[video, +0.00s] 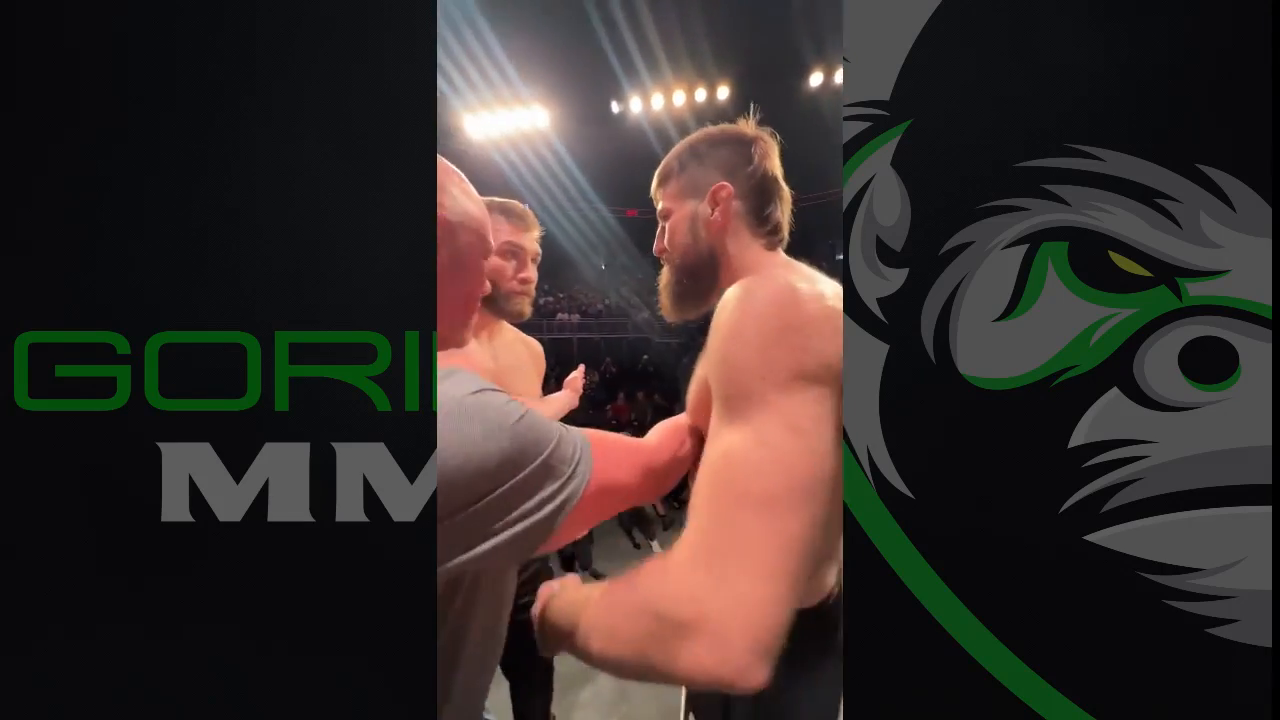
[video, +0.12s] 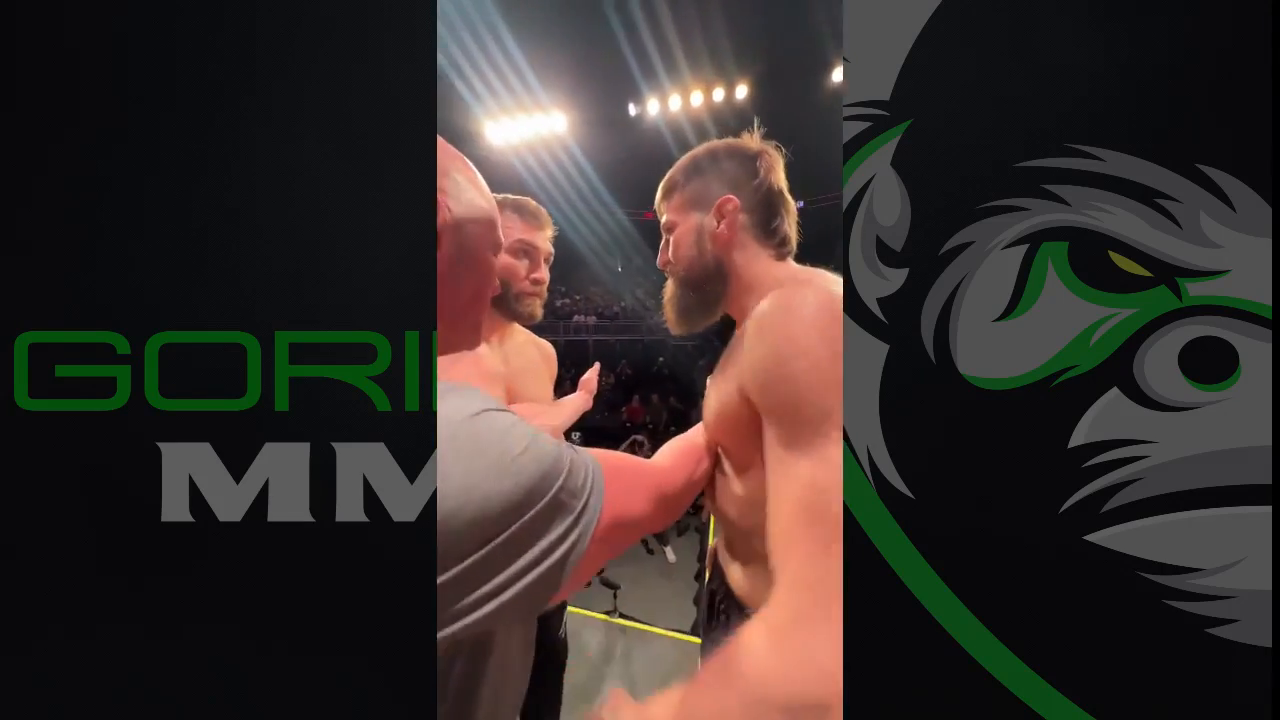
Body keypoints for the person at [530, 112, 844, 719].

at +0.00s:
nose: (656, 245)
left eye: (666, 217)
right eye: (657, 222)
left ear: (720, 205)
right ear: (721, 208)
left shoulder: (776, 303)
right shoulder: (807, 299)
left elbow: (723, 632)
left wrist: (567, 607)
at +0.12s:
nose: (661, 259)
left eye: (669, 233)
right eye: (661, 238)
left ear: (725, 219)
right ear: (726, 222)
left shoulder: (801, 318)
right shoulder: (766, 322)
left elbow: (816, 642)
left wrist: (660, 709)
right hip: (740, 615)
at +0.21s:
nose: (663, 264)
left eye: (674, 238)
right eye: (665, 242)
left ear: (731, 227)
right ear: (730, 230)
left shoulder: (809, 328)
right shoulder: (763, 328)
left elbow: (851, 537)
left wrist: (842, 675)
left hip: (788, 661)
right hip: (739, 620)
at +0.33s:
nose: (674, 266)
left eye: (687, 243)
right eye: (676, 247)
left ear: (745, 237)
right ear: (743, 240)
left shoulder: (819, 332)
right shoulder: (764, 336)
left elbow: (900, 481)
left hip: (815, 653)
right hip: (753, 620)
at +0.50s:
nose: (686, 264)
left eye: (700, 241)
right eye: (687, 245)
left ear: (761, 232)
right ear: (759, 235)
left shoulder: (824, 320)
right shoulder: (774, 334)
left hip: (817, 645)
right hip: (770, 612)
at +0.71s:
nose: (684, 256)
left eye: (699, 230)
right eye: (687, 234)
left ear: (763, 223)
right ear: (764, 225)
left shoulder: (821, 328)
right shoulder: (789, 321)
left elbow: (878, 515)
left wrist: (853, 685)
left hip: (814, 653)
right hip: (772, 604)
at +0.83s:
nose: (672, 251)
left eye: (684, 221)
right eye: (675, 225)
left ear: (747, 211)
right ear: (746, 214)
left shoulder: (811, 323)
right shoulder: (801, 317)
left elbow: (814, 676)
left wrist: (667, 713)